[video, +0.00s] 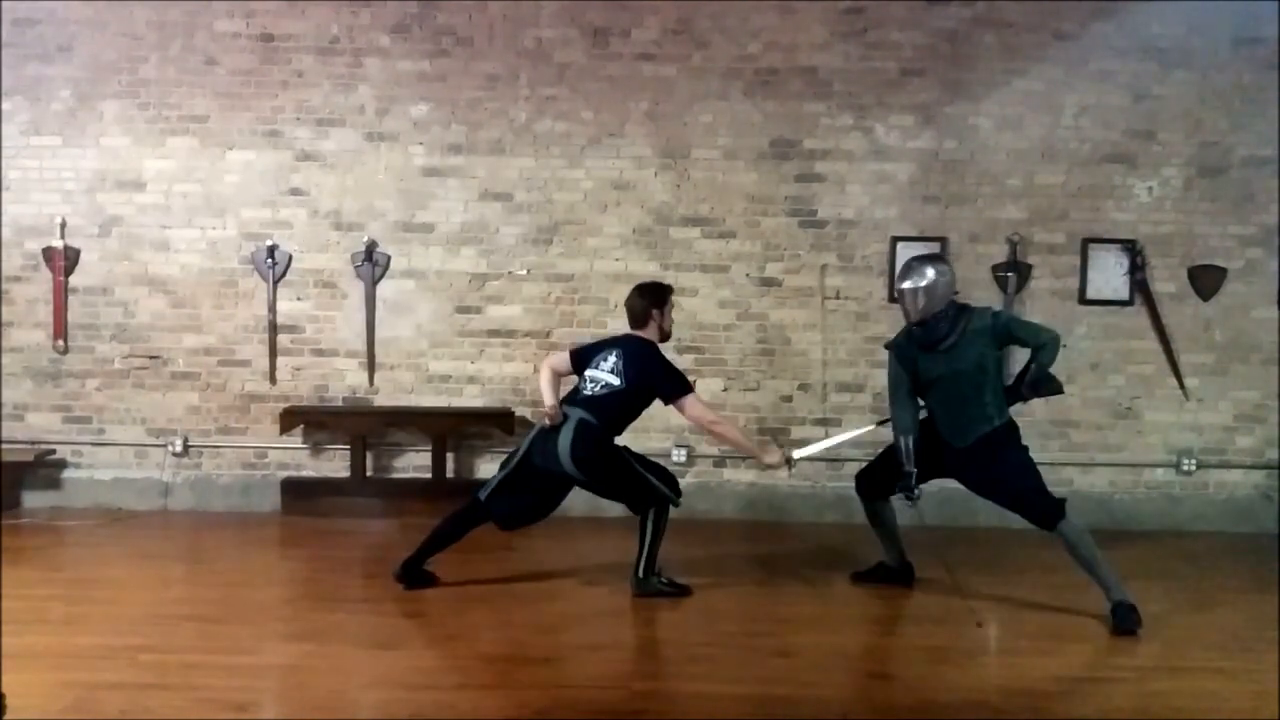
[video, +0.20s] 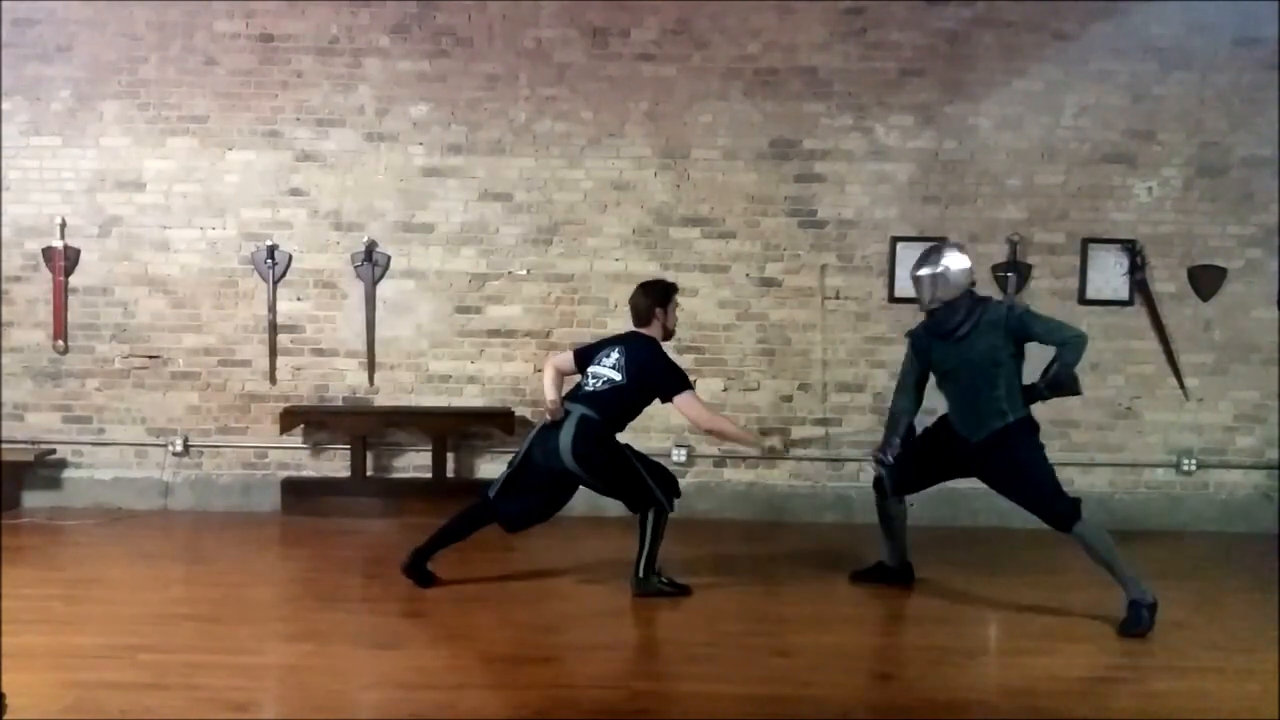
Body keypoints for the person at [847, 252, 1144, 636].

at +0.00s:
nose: (905, 302)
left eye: (913, 292)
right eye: (903, 293)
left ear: (939, 292)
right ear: (909, 298)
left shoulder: (987, 324)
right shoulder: (904, 349)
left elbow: (1049, 341)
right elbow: (903, 413)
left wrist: (1021, 387)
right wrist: (907, 466)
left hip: (991, 443)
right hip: (936, 442)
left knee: (1051, 516)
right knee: (869, 484)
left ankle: (1120, 601)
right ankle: (896, 565)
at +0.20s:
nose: (925, 293)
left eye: (932, 282)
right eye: (921, 283)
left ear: (955, 281)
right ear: (920, 287)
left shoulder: (1002, 316)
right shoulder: (924, 339)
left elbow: (1073, 339)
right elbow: (905, 400)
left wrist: (1049, 383)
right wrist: (889, 447)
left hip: (1009, 440)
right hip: (956, 438)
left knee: (1066, 517)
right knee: (888, 481)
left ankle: (1139, 597)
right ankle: (896, 566)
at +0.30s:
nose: (964, 276)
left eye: (972, 265)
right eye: (961, 267)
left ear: (997, 264)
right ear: (962, 271)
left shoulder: (1038, 305)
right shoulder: (961, 322)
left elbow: (1108, 337)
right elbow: (925, 373)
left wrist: (1078, 381)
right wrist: (885, 396)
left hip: (1033, 432)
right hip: (982, 432)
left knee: (1080, 520)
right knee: (918, 485)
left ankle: (1158, 602)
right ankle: (895, 565)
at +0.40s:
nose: (1000, 260)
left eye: (1009, 250)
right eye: (999, 251)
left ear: (1035, 251)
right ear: (1000, 257)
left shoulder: (1078, 296)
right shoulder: (995, 310)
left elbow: (1141, 334)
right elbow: (949, 353)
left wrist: (1101, 377)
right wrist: (889, 361)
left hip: (1060, 425)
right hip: (1007, 425)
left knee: (1102, 517)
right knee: (952, 493)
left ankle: (1167, 606)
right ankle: (914, 566)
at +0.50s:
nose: (1029, 253)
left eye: (1040, 245)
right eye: (1029, 243)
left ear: (1065, 247)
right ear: (1032, 244)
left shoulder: (1101, 290)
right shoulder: (1022, 298)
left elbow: (1163, 330)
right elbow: (968, 334)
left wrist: (1120, 373)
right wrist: (902, 338)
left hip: (1082, 418)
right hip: (1030, 418)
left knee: (1113, 511)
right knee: (970, 487)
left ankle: (1176, 608)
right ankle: (969, 579)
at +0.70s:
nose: (1061, 240)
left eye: (1072, 229)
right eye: (1060, 229)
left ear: (1096, 233)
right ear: (1063, 234)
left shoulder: (1126, 283)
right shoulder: (1053, 295)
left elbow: (1181, 325)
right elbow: (1010, 331)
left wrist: (1134, 372)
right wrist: (968, 341)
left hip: (1107, 413)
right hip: (1060, 415)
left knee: (1130, 512)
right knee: (1004, 490)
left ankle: (1179, 611)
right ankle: (1026, 592)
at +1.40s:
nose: (1064, 235)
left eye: (1074, 225)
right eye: (1065, 225)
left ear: (1099, 227)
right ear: (1072, 229)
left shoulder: (1135, 278)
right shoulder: (1063, 294)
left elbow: (1195, 320)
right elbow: (1033, 353)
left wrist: (1148, 368)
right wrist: (991, 398)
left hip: (1116, 411)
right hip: (1068, 412)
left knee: (1141, 508)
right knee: (1019, 492)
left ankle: (1180, 612)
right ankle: (1025, 592)